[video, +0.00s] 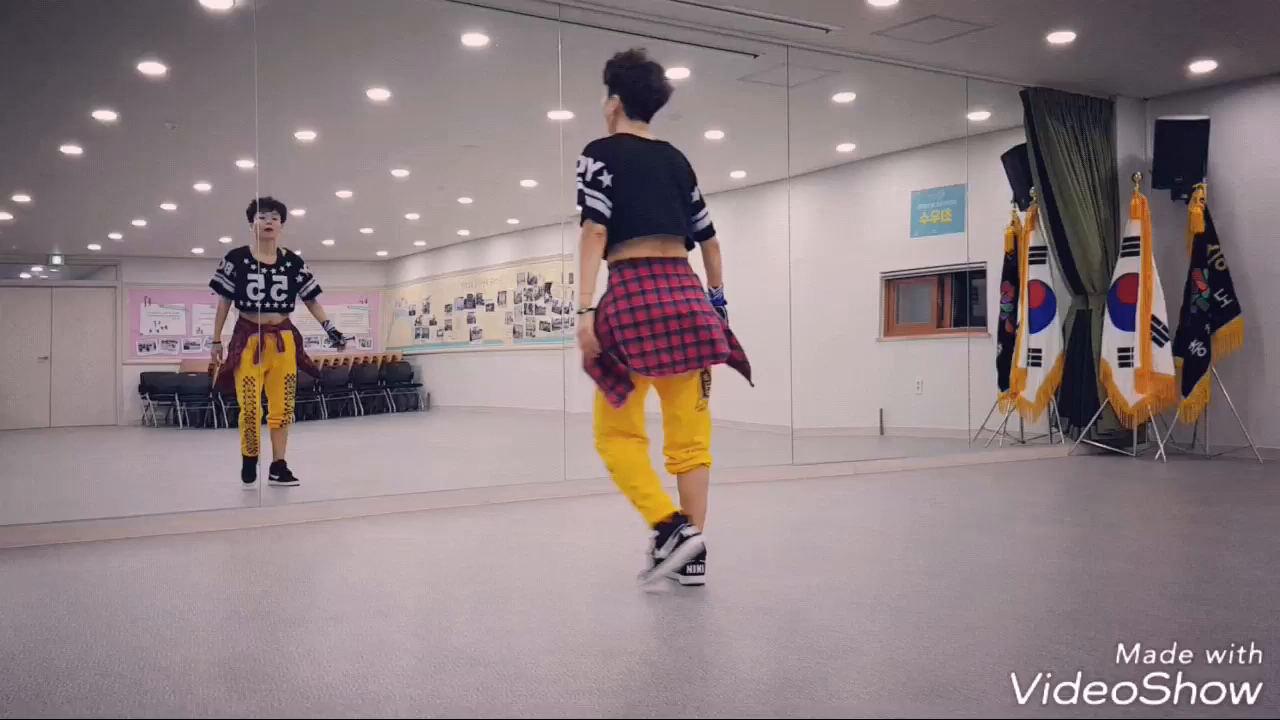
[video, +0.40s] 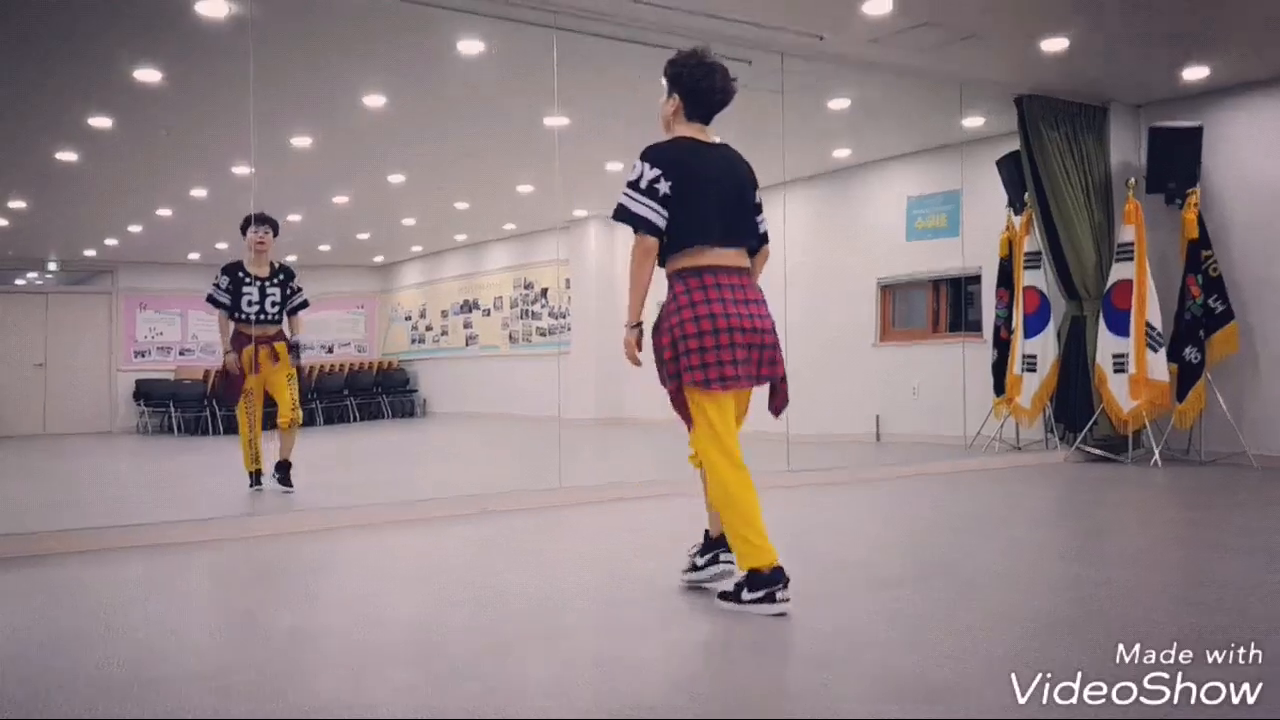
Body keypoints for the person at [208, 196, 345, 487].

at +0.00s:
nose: (269, 223)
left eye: (274, 219)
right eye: (262, 218)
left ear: (282, 225)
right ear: (252, 224)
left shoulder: (292, 261)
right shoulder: (237, 259)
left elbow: (311, 299)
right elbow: (224, 302)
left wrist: (330, 328)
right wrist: (216, 340)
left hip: (283, 337)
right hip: (247, 337)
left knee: (282, 406)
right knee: (249, 408)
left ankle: (279, 464)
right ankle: (249, 459)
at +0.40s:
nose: (261, 238)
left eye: (266, 233)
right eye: (255, 233)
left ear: (274, 239)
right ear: (246, 238)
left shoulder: (285, 274)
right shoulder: (231, 273)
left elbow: (294, 313)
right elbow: (223, 315)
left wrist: (298, 342)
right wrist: (227, 350)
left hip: (278, 347)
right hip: (244, 347)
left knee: (291, 412)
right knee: (249, 416)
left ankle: (283, 466)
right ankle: (254, 472)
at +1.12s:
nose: (271, 272)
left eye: (276, 269)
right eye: (266, 268)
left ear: (282, 276)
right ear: (254, 273)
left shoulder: (291, 312)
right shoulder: (239, 305)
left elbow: (294, 351)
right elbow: (222, 340)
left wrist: (287, 375)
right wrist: (233, 370)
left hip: (276, 385)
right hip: (243, 384)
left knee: (289, 446)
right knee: (244, 449)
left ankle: (290, 504)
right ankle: (250, 507)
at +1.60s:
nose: (276, 280)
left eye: (280, 276)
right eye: (270, 275)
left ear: (285, 282)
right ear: (258, 281)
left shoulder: (296, 315)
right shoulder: (244, 315)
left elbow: (310, 349)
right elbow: (241, 356)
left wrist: (304, 377)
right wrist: (256, 390)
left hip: (290, 387)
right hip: (258, 387)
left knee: (289, 453)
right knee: (240, 452)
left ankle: (275, 505)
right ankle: (249, 501)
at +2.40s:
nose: (258, 281)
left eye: (263, 276)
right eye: (252, 276)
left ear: (269, 282)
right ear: (241, 282)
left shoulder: (280, 316)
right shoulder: (228, 315)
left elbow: (289, 354)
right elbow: (211, 350)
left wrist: (275, 382)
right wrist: (234, 374)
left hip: (266, 395)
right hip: (232, 394)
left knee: (272, 459)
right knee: (231, 460)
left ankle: (268, 514)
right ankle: (235, 517)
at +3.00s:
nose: (225, 283)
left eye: (227, 278)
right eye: (218, 278)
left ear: (231, 284)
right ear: (202, 283)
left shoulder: (233, 319)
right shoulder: (188, 315)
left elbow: (239, 361)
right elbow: (172, 354)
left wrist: (243, 389)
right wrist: (186, 391)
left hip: (234, 392)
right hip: (203, 392)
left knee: (230, 457)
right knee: (203, 459)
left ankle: (222, 516)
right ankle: (195, 517)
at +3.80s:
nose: (215, 284)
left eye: (220, 279)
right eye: (209, 279)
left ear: (226, 285)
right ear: (199, 283)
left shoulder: (241, 318)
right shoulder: (186, 320)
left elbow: (260, 353)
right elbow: (179, 360)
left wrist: (248, 380)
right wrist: (198, 378)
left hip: (231, 395)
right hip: (197, 395)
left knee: (229, 459)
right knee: (186, 458)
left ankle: (220, 509)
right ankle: (193, 512)